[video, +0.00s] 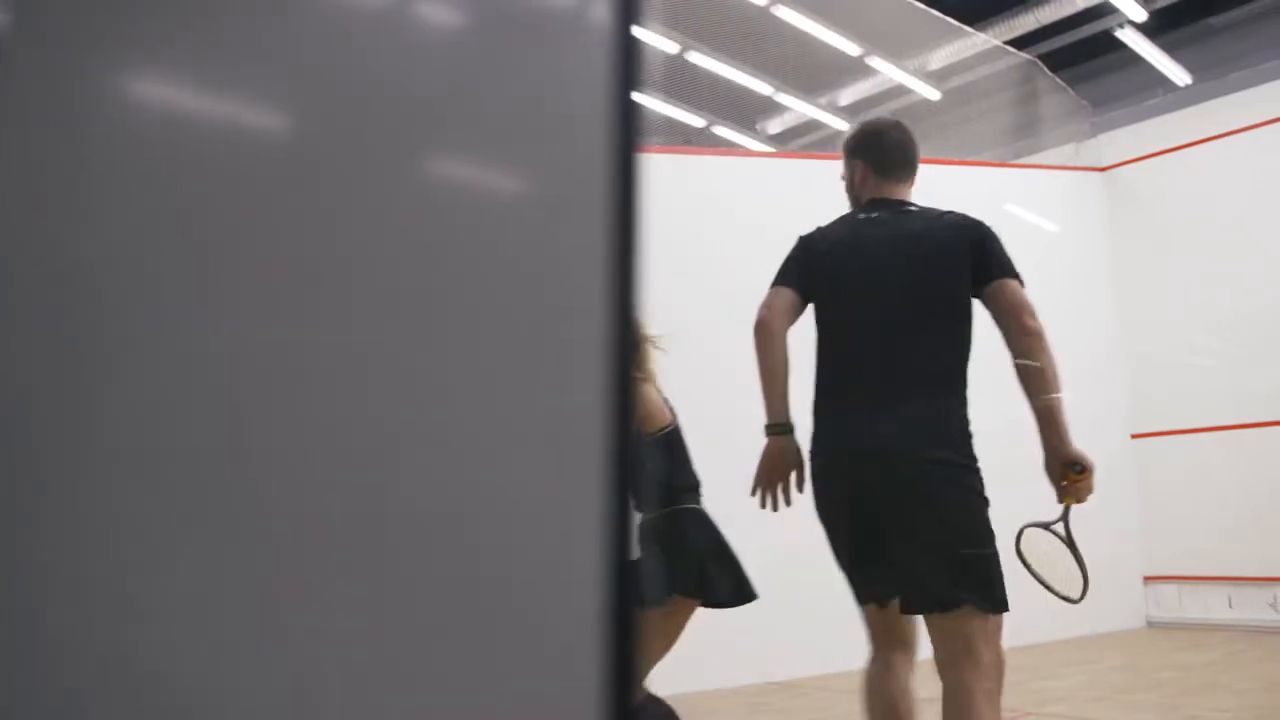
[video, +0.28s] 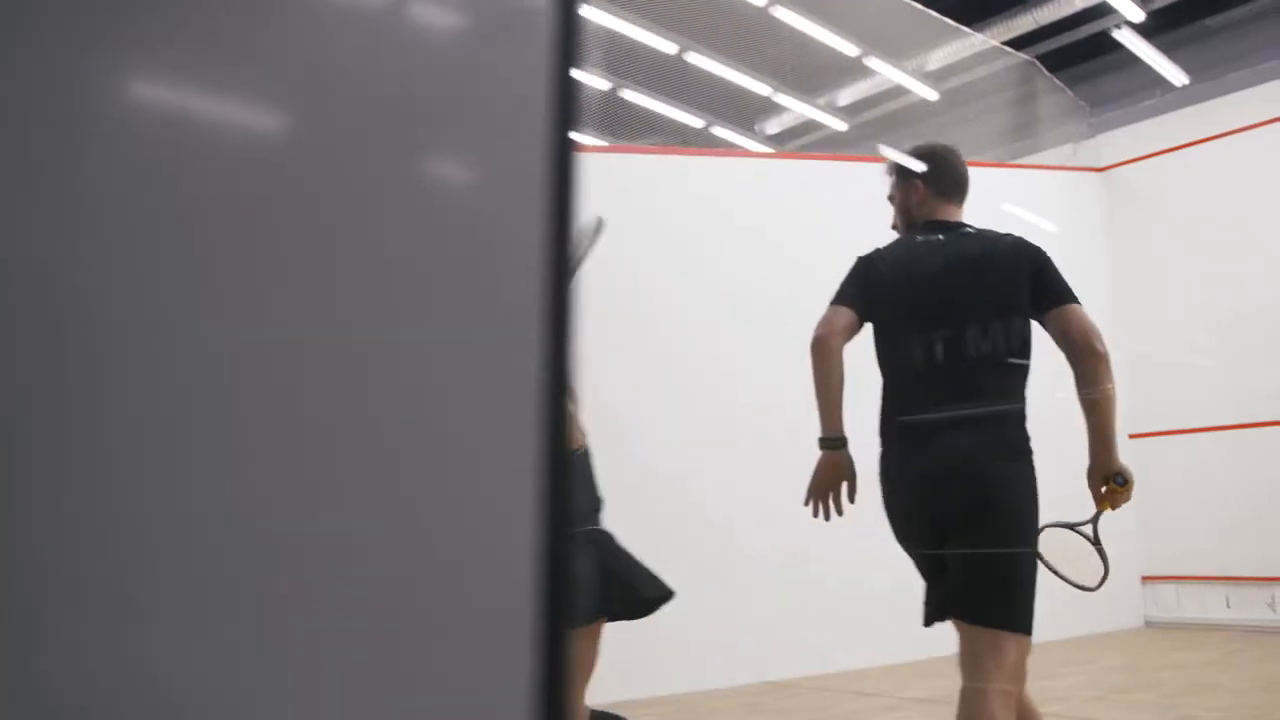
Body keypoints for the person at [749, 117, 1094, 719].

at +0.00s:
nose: (845, 183)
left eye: (844, 173)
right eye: (846, 174)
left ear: (855, 172)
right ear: (914, 175)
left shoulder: (821, 245)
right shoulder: (964, 233)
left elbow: (769, 323)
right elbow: (1025, 330)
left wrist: (779, 431)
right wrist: (1057, 443)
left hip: (844, 469)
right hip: (935, 467)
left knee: (889, 643)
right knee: (971, 660)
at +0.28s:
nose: (891, 205)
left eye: (894, 192)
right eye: (892, 193)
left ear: (913, 192)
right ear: (957, 197)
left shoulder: (879, 266)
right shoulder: (1017, 255)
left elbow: (826, 338)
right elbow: (1090, 348)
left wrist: (833, 444)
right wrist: (1105, 457)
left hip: (908, 476)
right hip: (996, 470)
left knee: (994, 652)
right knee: (991, 677)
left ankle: (1026, 710)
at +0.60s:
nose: (931, 248)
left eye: (933, 231)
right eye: (930, 234)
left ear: (960, 224)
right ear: (994, 226)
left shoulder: (926, 299)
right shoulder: (1055, 282)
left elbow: (873, 371)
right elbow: (1120, 374)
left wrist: (877, 469)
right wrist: (1139, 474)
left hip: (969, 497)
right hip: (1049, 489)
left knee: (1059, 662)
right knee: (1116, 674)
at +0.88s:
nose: (958, 251)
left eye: (959, 236)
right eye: (957, 238)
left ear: (978, 233)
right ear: (1019, 235)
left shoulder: (950, 303)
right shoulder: (1075, 291)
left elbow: (896, 375)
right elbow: (1135, 374)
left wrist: (910, 459)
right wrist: (1152, 470)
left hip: (992, 498)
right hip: (1072, 487)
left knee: (1069, 645)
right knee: (1142, 637)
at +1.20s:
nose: (975, 252)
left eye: (975, 244)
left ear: (978, 245)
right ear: (1031, 240)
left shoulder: (956, 304)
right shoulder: (1079, 297)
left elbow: (911, 368)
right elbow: (1130, 375)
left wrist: (929, 437)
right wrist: (1143, 464)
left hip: (995, 492)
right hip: (1073, 485)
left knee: (1044, 634)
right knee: (1128, 628)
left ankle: (1078, 717)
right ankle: (1173, 715)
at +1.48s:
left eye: (970, 272)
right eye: (1020, 268)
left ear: (968, 276)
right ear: (1023, 274)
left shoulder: (952, 337)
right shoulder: (1071, 332)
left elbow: (923, 405)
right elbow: (1125, 409)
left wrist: (932, 466)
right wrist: (1123, 493)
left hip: (995, 517)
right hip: (1072, 512)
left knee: (982, 636)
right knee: (1121, 637)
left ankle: (1025, 713)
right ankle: (1160, 718)